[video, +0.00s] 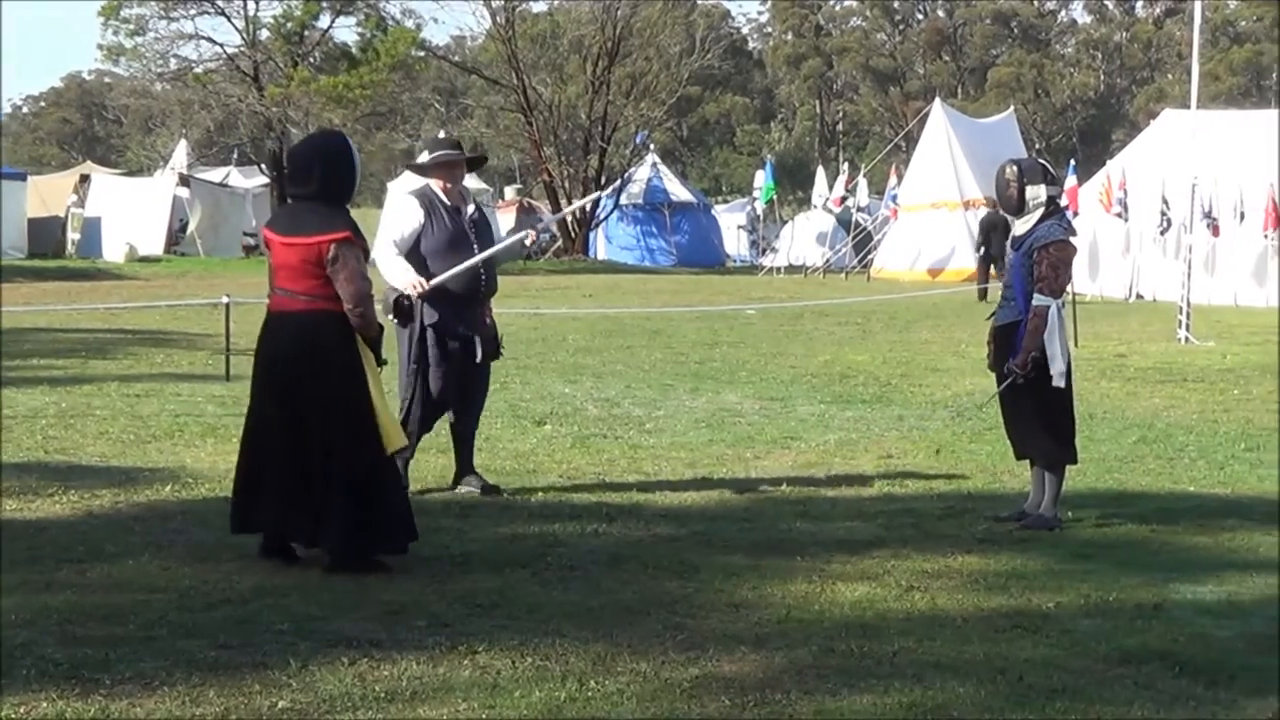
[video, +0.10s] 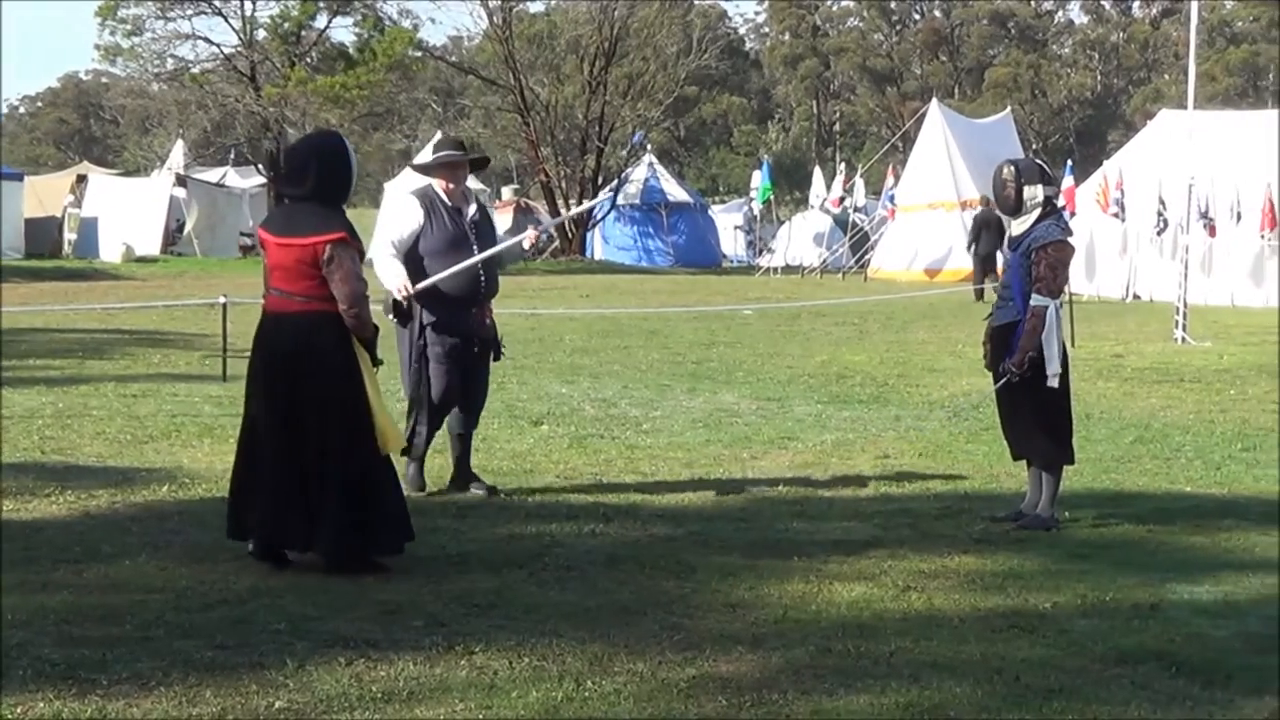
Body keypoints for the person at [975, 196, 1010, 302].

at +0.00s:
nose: (985, 207)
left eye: (986, 205)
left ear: (987, 206)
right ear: (996, 205)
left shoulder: (984, 219)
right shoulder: (1003, 218)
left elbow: (982, 236)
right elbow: (1008, 232)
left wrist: (977, 248)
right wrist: (1003, 240)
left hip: (987, 249)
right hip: (1000, 249)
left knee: (983, 271)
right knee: (1002, 272)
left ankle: (982, 295)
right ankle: (1008, 292)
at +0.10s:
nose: (980, 204)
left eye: (980, 202)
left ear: (981, 204)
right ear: (989, 203)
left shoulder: (978, 217)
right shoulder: (997, 217)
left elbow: (974, 233)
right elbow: (1002, 232)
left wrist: (969, 244)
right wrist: (1000, 244)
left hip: (981, 249)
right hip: (992, 248)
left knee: (979, 272)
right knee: (992, 270)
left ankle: (979, 295)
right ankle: (997, 287)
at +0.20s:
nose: (973, 204)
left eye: (973, 202)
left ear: (973, 203)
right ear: (982, 202)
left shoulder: (971, 215)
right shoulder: (989, 216)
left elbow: (964, 228)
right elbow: (996, 232)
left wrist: (958, 239)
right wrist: (999, 246)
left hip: (973, 247)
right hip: (984, 247)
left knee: (975, 269)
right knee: (983, 269)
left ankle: (976, 294)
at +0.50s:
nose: (960, 208)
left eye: (961, 206)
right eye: (961, 206)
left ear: (962, 206)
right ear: (971, 206)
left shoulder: (960, 218)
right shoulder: (977, 220)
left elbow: (951, 230)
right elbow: (985, 234)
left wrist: (944, 239)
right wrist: (991, 246)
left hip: (962, 248)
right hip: (973, 248)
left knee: (962, 269)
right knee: (970, 269)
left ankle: (970, 288)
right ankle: (965, 290)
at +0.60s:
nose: (957, 205)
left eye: (958, 203)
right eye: (958, 203)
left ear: (961, 204)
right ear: (968, 204)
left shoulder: (957, 216)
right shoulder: (974, 217)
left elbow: (950, 229)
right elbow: (979, 233)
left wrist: (944, 240)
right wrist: (982, 245)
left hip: (959, 247)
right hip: (970, 247)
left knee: (955, 268)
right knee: (968, 269)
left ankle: (963, 286)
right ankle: (968, 289)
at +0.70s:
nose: (959, 205)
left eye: (959, 203)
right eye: (962, 202)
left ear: (958, 203)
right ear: (967, 203)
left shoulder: (956, 215)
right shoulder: (973, 216)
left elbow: (950, 230)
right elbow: (978, 232)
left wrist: (945, 239)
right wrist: (974, 242)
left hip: (957, 247)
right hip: (969, 247)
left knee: (952, 266)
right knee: (969, 269)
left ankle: (958, 288)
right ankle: (967, 289)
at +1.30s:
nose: (948, 206)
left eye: (948, 204)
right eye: (950, 203)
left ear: (946, 205)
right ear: (954, 204)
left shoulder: (942, 217)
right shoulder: (961, 217)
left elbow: (934, 229)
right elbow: (969, 231)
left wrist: (931, 237)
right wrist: (972, 243)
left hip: (946, 248)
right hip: (956, 247)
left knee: (947, 269)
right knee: (956, 269)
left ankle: (948, 290)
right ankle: (954, 291)